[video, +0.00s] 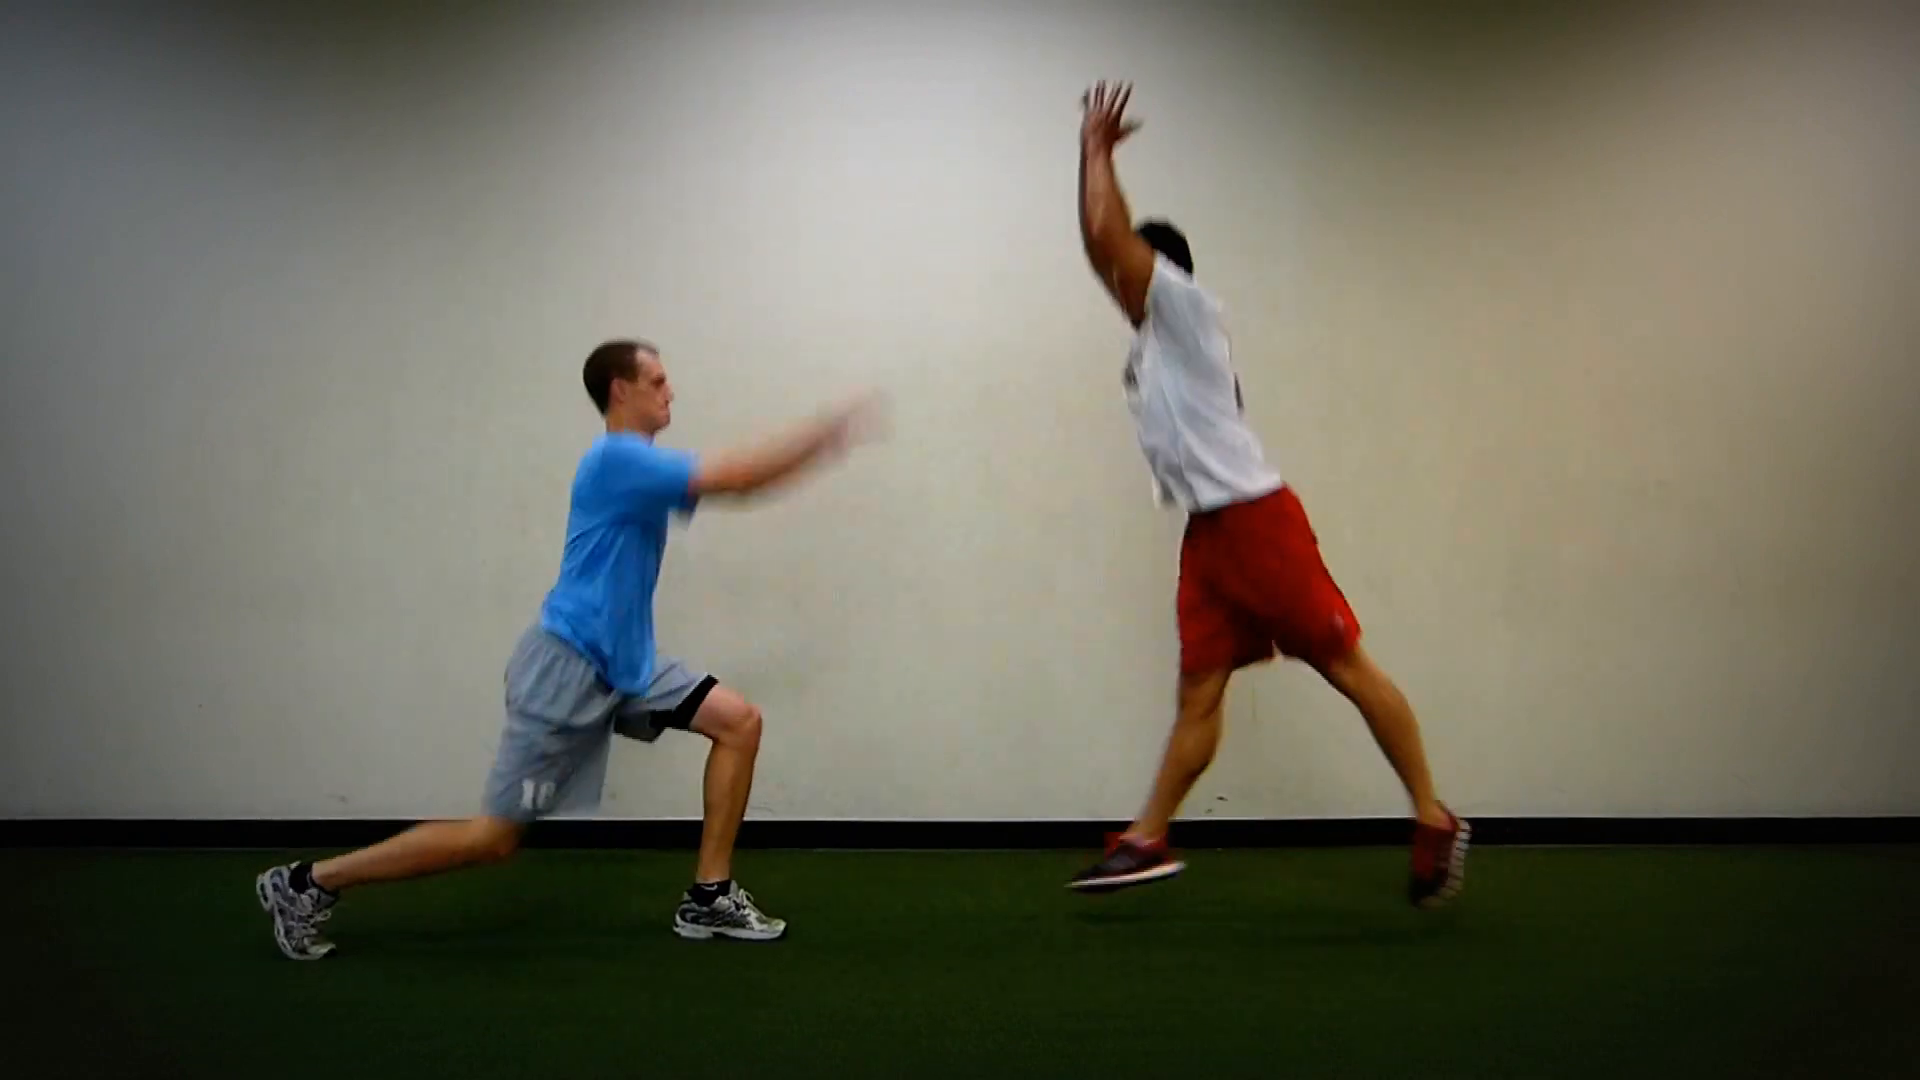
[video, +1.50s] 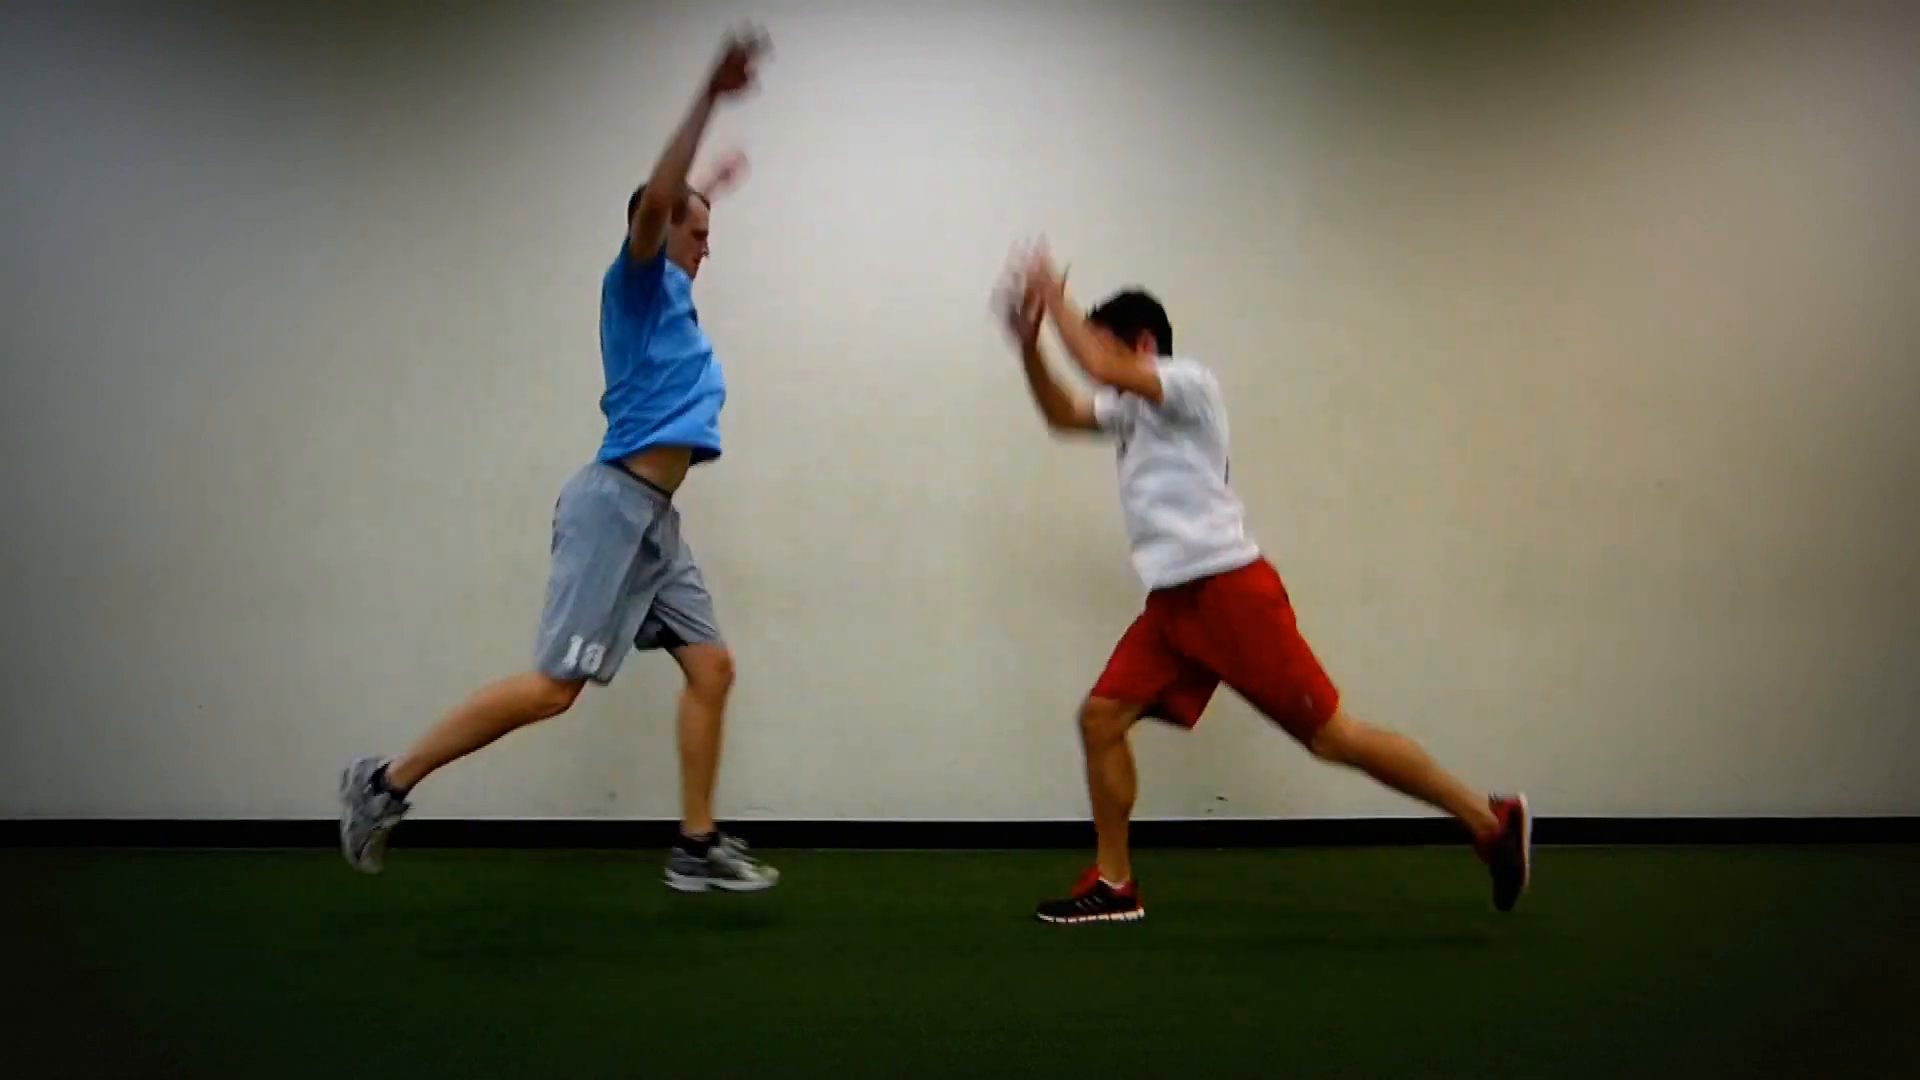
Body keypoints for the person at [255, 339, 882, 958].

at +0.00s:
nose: (672, 396)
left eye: (668, 384)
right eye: (660, 384)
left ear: (627, 395)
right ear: (623, 392)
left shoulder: (640, 464)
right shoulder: (618, 458)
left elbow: (735, 484)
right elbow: (735, 475)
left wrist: (816, 450)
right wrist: (823, 434)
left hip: (622, 664)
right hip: (567, 661)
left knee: (739, 721)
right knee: (496, 838)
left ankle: (710, 896)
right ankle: (305, 884)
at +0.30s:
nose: (700, 178)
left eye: (703, 165)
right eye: (687, 163)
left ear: (692, 177)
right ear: (653, 174)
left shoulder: (675, 248)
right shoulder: (636, 236)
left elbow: (704, 138)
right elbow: (685, 129)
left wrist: (716, 49)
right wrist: (700, 27)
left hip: (636, 470)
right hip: (603, 460)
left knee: (604, 649)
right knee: (597, 646)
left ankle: (525, 801)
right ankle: (458, 770)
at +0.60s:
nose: (704, 310)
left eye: (701, 298)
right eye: (693, 299)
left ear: (662, 305)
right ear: (657, 303)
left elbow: (731, 408)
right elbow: (654, 388)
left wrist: (813, 395)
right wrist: (726, 343)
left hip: (602, 578)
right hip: (611, 581)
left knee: (522, 731)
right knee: (734, 717)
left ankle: (377, 831)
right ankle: (728, 900)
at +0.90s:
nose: (705, 460)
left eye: (702, 449)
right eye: (692, 451)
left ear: (665, 461)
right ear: (656, 461)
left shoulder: (666, 539)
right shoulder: (642, 548)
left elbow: (648, 659)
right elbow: (656, 675)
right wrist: (697, 777)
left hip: (607, 715)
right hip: (613, 716)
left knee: (544, 876)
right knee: (782, 736)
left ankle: (374, 859)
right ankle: (733, 903)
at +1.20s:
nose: (711, 248)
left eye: (709, 235)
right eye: (697, 235)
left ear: (689, 251)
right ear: (664, 246)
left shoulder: (676, 314)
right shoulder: (649, 305)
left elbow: (690, 205)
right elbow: (680, 197)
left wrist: (697, 106)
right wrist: (691, 88)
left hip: (627, 523)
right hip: (629, 527)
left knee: (552, 669)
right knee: (658, 701)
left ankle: (451, 819)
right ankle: (695, 880)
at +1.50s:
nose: (699, 237)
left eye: (703, 228)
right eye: (689, 225)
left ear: (698, 244)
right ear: (659, 227)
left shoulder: (673, 300)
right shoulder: (637, 285)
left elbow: (681, 239)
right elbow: (652, 202)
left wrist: (703, 191)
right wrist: (709, 95)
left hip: (655, 514)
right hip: (612, 502)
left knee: (711, 671)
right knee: (555, 687)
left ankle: (698, 848)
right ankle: (385, 785)